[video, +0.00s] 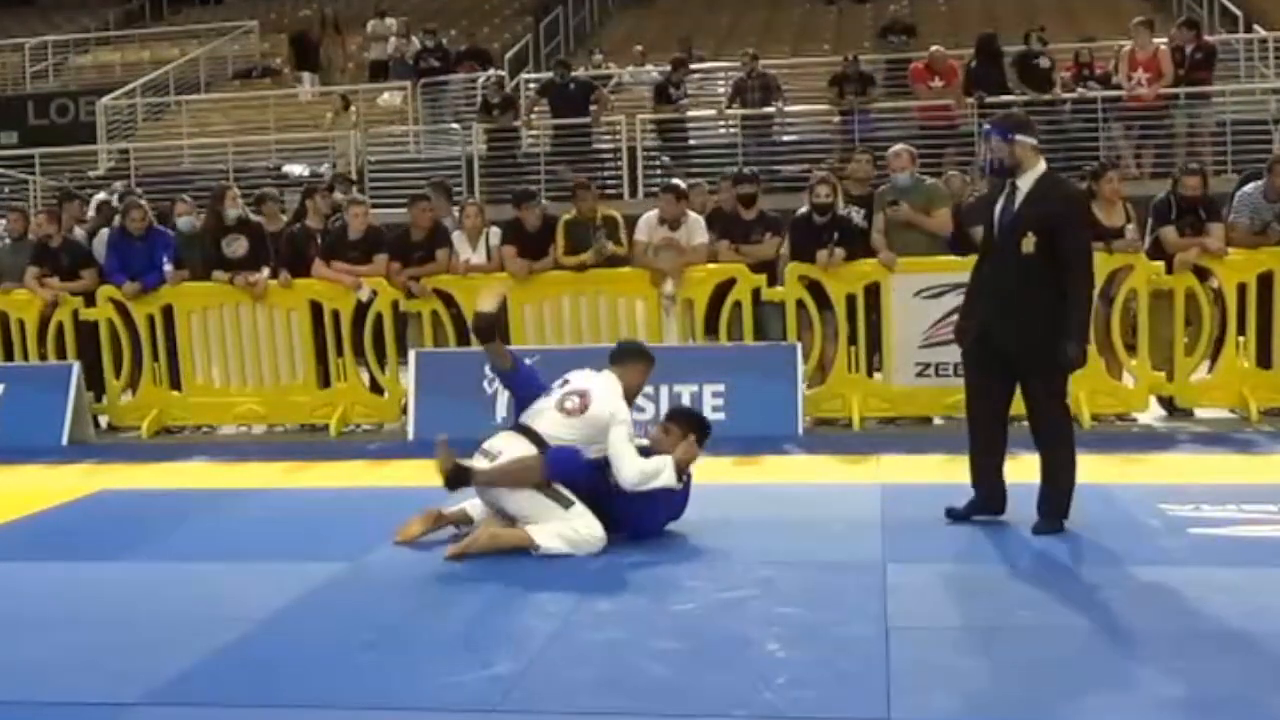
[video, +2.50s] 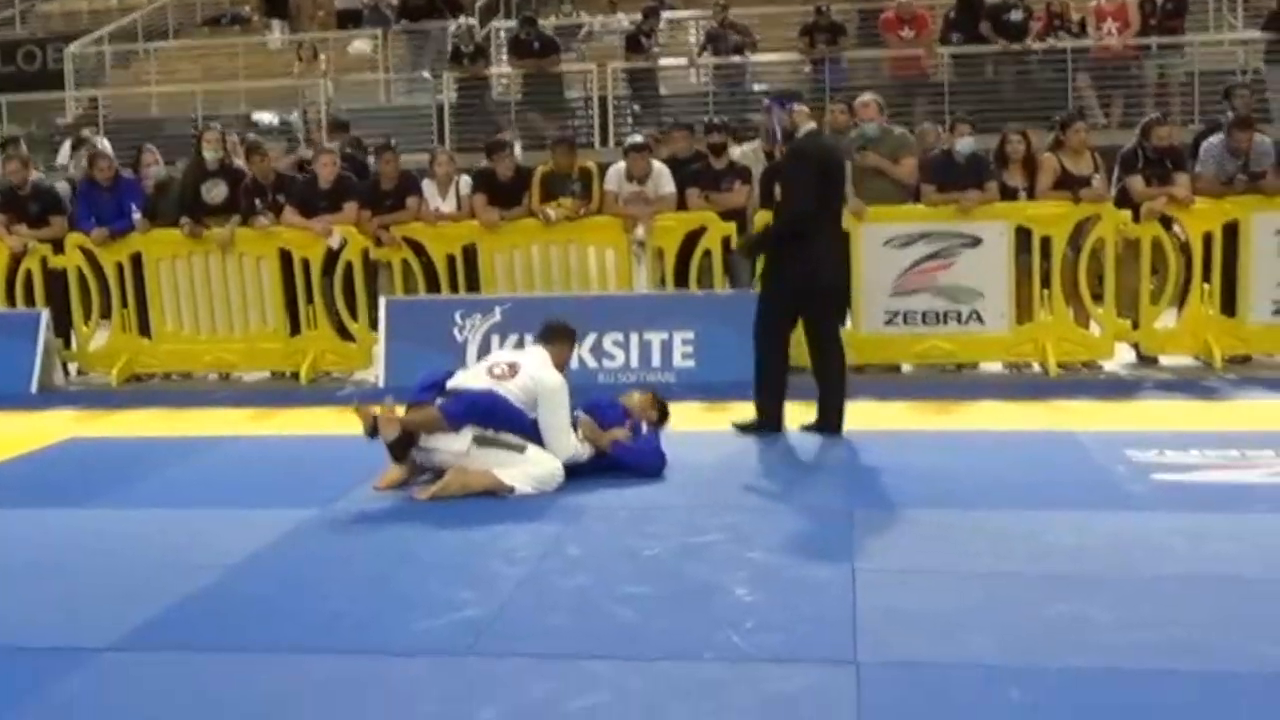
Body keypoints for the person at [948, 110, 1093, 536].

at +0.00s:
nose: (993, 154)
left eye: (998, 146)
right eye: (992, 146)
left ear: (1023, 145)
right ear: (1015, 147)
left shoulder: (1065, 197)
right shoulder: (1000, 195)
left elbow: (1079, 273)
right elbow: (986, 267)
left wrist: (1076, 336)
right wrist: (967, 317)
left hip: (1041, 332)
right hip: (990, 330)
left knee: (1050, 426)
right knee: (984, 420)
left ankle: (1053, 513)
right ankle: (987, 497)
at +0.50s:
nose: (976, 158)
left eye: (979, 150)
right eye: (975, 151)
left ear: (999, 147)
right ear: (998, 149)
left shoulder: (1033, 195)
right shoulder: (1001, 195)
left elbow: (1029, 276)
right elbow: (992, 270)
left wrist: (1010, 330)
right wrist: (981, 325)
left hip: (1019, 327)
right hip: (991, 325)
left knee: (1032, 412)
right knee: (1000, 411)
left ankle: (1049, 507)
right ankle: (1011, 492)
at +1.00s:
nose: (951, 162)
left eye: (953, 154)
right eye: (951, 154)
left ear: (968, 151)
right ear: (989, 151)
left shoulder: (978, 198)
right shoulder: (1017, 195)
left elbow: (971, 269)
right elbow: (1008, 269)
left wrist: (950, 320)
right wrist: (957, 314)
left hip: (971, 322)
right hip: (1006, 320)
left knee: (946, 402)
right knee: (1007, 403)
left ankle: (954, 494)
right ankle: (1016, 493)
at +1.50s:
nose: (893, 168)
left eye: (895, 161)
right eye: (893, 162)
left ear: (907, 158)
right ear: (933, 157)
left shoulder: (912, 204)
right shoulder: (972, 196)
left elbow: (905, 273)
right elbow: (981, 262)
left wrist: (890, 328)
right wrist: (973, 305)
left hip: (924, 320)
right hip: (970, 317)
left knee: (924, 408)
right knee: (976, 396)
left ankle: (922, 484)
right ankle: (1002, 481)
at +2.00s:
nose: (841, 176)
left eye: (842, 170)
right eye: (841, 170)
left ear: (854, 166)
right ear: (877, 163)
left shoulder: (862, 207)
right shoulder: (913, 202)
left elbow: (855, 273)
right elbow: (928, 261)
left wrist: (842, 327)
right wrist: (924, 310)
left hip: (879, 317)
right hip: (913, 313)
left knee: (896, 397)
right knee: (885, 393)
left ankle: (919, 482)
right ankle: (865, 464)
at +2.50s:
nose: (767, 123)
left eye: (770, 114)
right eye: (767, 114)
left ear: (785, 115)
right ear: (802, 114)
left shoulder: (799, 154)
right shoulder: (829, 149)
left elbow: (796, 215)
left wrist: (758, 241)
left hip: (793, 261)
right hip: (828, 258)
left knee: (770, 335)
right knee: (825, 338)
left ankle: (768, 415)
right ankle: (830, 418)